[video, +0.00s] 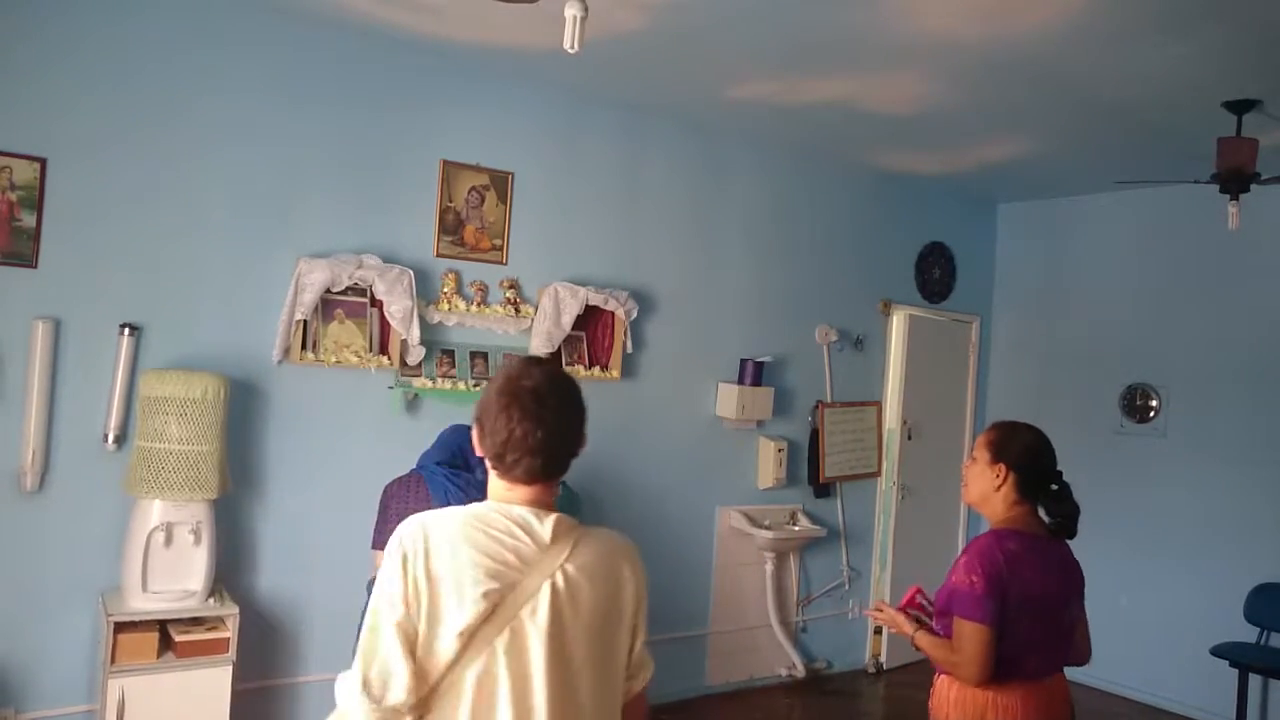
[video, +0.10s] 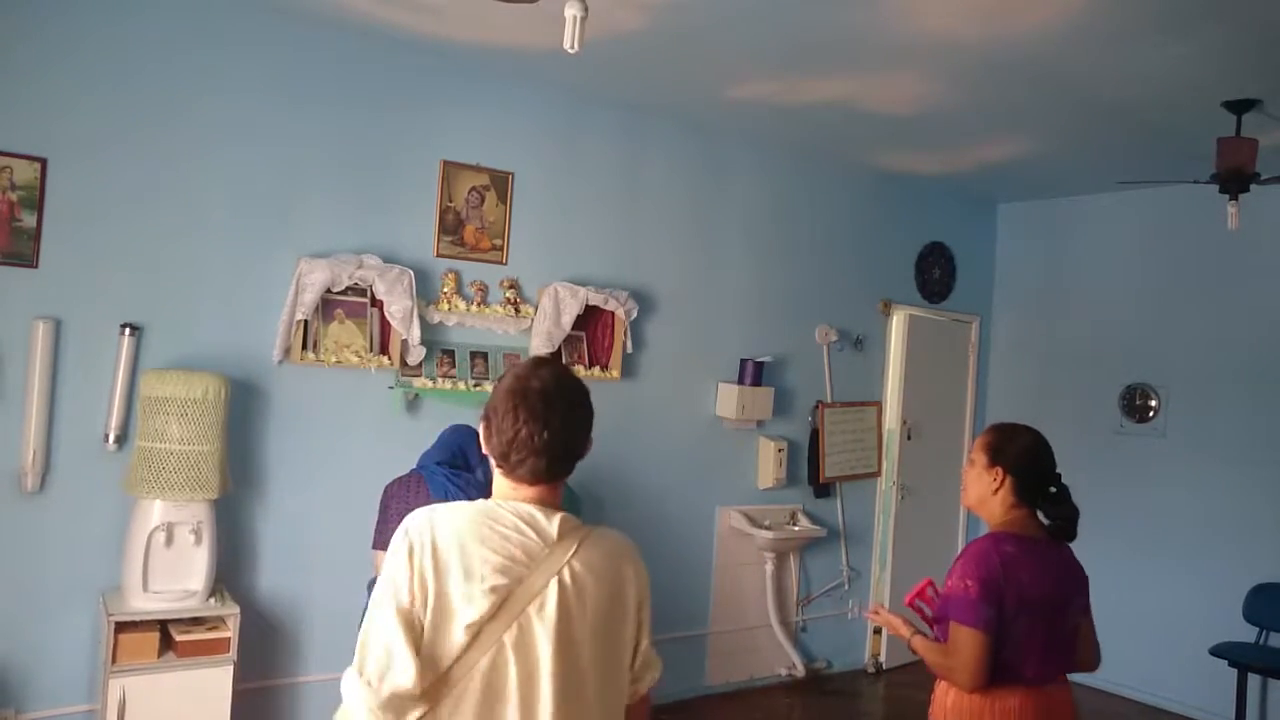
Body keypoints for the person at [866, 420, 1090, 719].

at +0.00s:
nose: (963, 468)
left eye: (972, 459)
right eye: (968, 458)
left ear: (999, 475)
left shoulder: (983, 554)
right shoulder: (1059, 551)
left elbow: (972, 668)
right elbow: (1079, 652)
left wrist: (912, 630)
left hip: (982, 701)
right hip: (1048, 696)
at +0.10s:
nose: (962, 472)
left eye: (971, 462)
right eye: (967, 462)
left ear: (997, 478)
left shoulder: (981, 557)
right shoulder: (1062, 556)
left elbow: (968, 673)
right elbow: (1086, 657)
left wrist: (910, 636)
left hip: (982, 703)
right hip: (1050, 700)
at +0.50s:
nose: (966, 482)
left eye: (971, 471)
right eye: (969, 470)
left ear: (995, 484)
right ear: (1041, 482)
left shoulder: (973, 564)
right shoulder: (1081, 565)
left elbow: (962, 686)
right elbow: (1114, 666)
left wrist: (910, 646)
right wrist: (1041, 666)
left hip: (989, 709)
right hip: (1069, 709)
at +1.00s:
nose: (987, 486)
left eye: (990, 476)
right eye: (989, 475)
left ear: (1009, 488)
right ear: (1060, 483)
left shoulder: (992, 572)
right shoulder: (1110, 565)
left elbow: (984, 693)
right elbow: (1143, 667)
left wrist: (942, 645)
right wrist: (1069, 661)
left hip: (1020, 710)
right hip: (1100, 709)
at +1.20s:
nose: (1011, 485)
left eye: (1017, 474)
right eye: (1014, 473)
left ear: (1041, 489)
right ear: (1086, 484)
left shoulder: (1029, 573)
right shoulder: (1134, 566)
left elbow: (1021, 694)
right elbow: (1162, 664)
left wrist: (966, 650)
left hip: (1053, 713)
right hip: (1129, 710)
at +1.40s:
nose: (1036, 486)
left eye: (1042, 477)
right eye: (1039, 475)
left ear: (1070, 494)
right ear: (1114, 491)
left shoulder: (1063, 576)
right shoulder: (1157, 568)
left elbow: (1065, 701)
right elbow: (1186, 666)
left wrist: (999, 657)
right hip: (1164, 712)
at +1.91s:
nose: (1068, 486)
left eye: (1077, 474)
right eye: (1073, 474)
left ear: (1108, 491)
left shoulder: (1098, 571)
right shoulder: (1178, 565)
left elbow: (1086, 693)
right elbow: (1198, 673)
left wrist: (1018, 649)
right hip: (1168, 710)